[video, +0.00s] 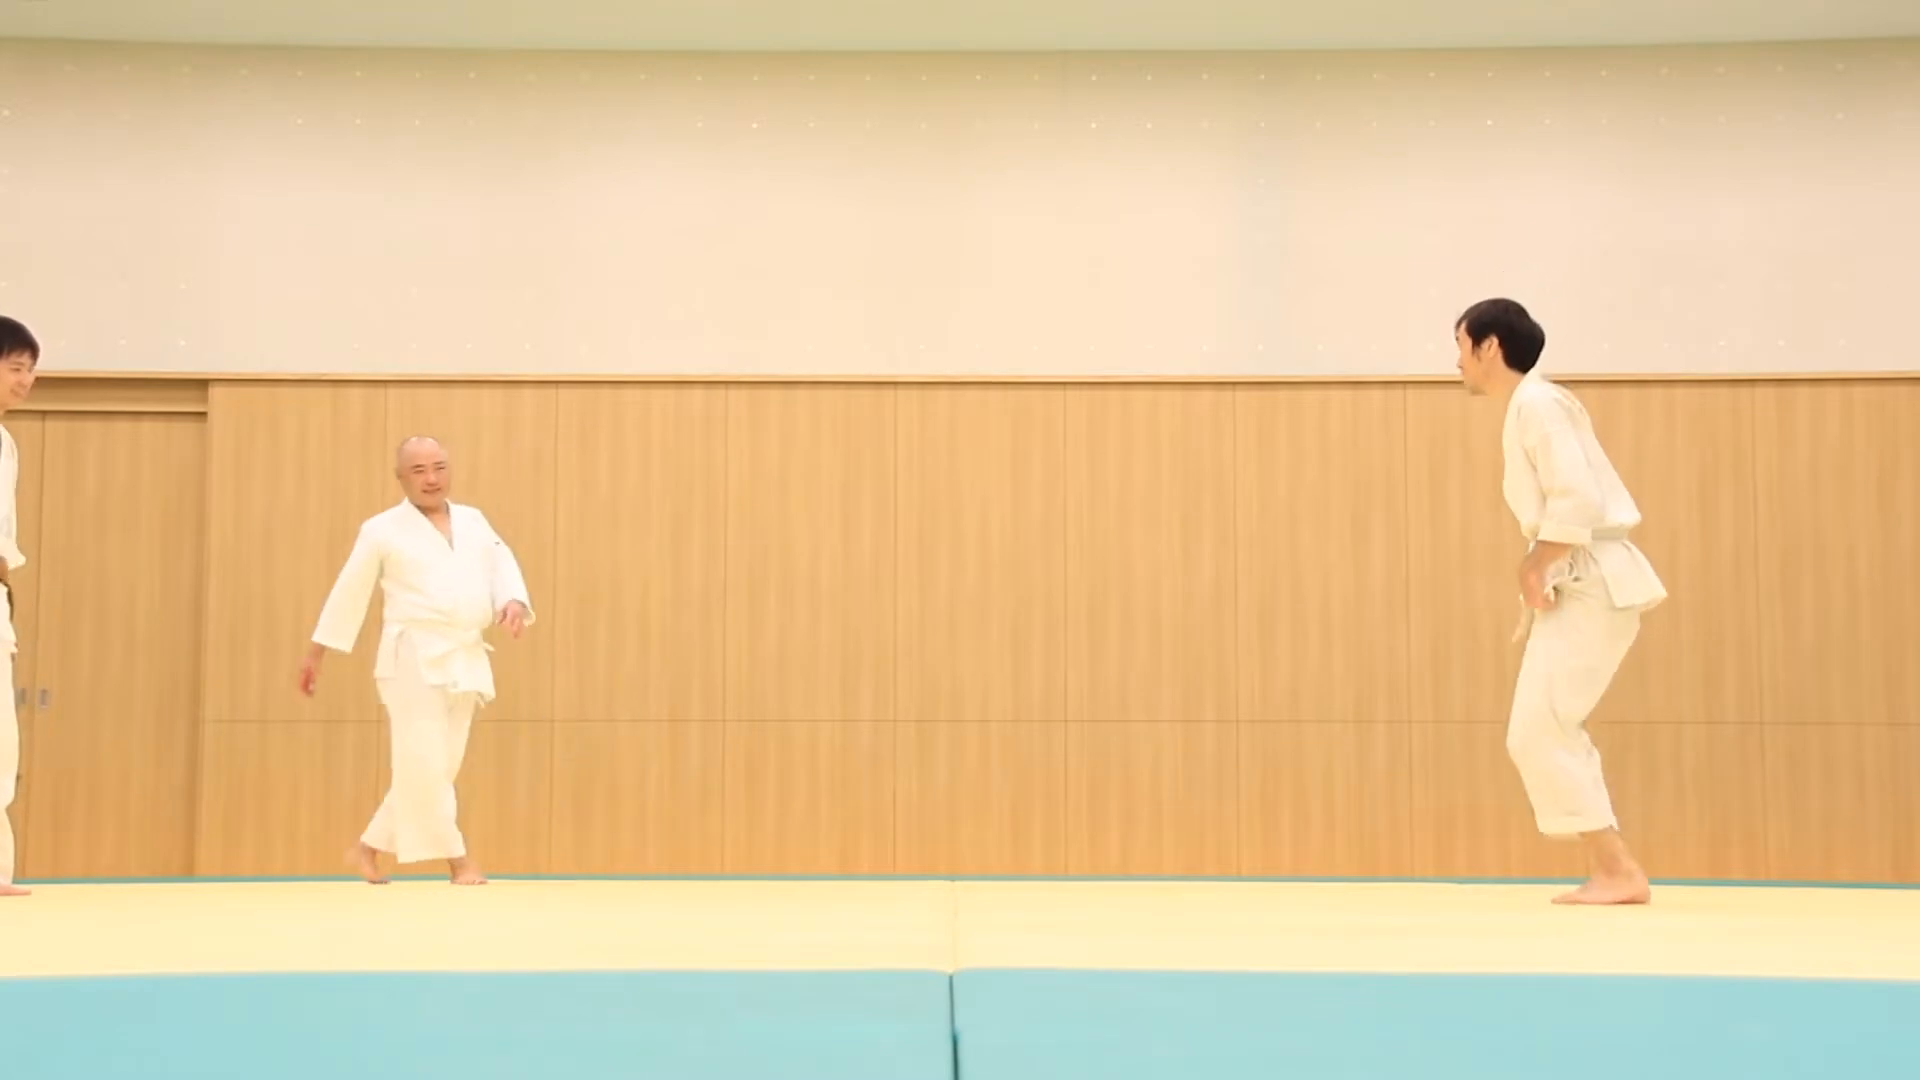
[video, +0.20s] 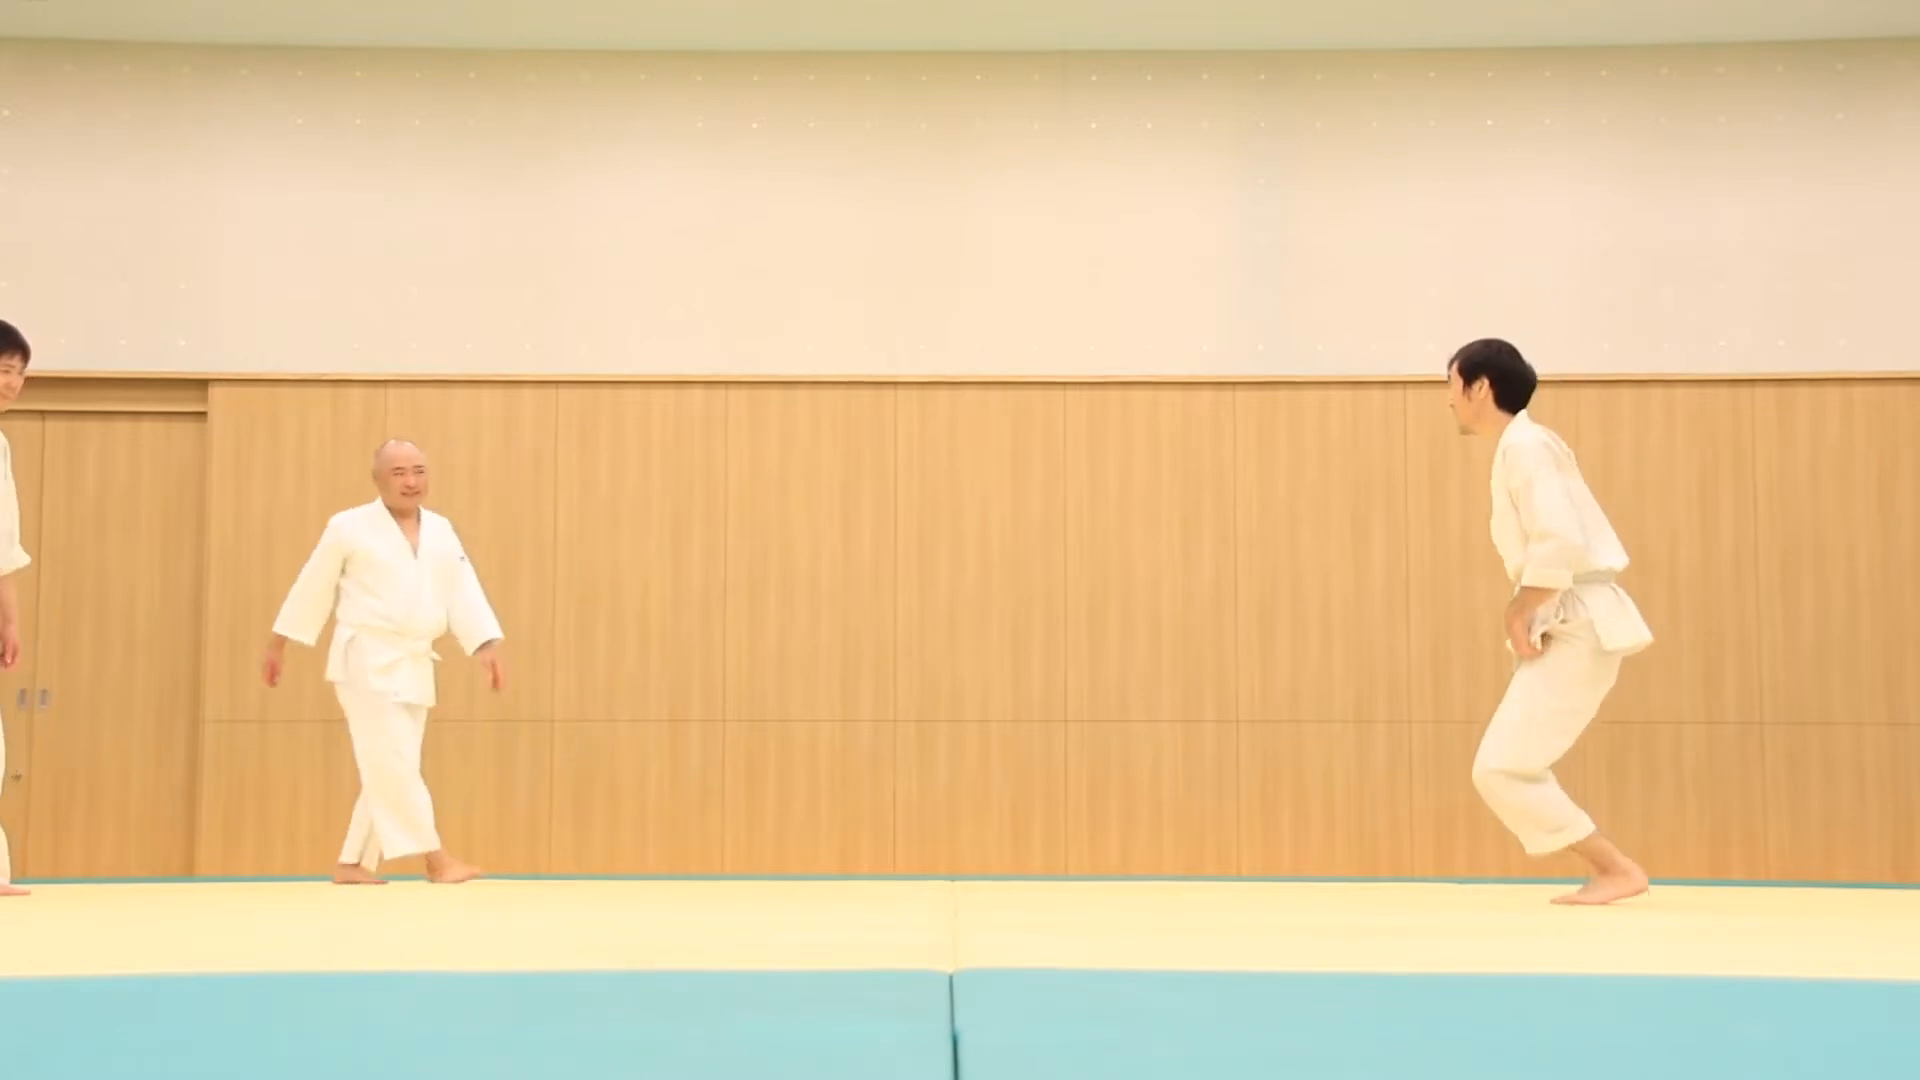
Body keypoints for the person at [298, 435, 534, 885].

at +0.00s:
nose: (431, 478)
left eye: (439, 468)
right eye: (419, 470)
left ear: (450, 471)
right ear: (401, 477)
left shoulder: (473, 522)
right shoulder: (383, 530)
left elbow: (502, 562)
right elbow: (348, 593)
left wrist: (513, 599)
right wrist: (315, 652)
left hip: (465, 657)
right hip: (410, 658)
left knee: (444, 760)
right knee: (425, 758)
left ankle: (371, 844)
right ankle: (459, 861)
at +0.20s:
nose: (410, 480)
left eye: (418, 471)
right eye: (398, 472)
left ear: (428, 476)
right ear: (378, 480)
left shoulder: (439, 530)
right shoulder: (349, 526)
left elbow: (463, 588)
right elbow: (312, 586)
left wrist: (486, 645)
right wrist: (277, 644)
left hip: (416, 658)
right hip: (364, 657)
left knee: (398, 758)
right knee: (393, 755)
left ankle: (352, 863)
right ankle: (436, 859)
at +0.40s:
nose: (384, 471)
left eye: (391, 462)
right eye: (373, 463)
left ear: (402, 467)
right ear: (352, 471)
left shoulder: (413, 522)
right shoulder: (323, 516)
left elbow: (425, 592)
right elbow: (277, 568)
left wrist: (421, 652)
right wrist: (231, 620)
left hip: (384, 655)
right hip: (330, 651)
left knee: (375, 758)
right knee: (329, 751)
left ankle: (362, 858)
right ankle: (333, 855)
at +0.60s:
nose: (348, 470)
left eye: (356, 461)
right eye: (336, 463)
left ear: (367, 466)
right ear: (317, 470)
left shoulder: (380, 520)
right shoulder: (290, 515)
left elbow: (393, 587)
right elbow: (252, 571)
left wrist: (387, 644)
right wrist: (219, 620)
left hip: (358, 655)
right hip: (299, 652)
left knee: (353, 762)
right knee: (261, 748)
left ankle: (350, 862)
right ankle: (227, 854)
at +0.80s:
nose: (291, 471)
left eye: (301, 461)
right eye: (281, 463)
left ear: (315, 467)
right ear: (266, 469)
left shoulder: (336, 523)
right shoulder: (238, 520)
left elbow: (358, 589)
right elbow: (215, 582)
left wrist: (371, 653)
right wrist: (204, 636)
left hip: (313, 659)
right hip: (250, 658)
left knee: (329, 763)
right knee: (224, 757)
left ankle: (345, 863)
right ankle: (208, 865)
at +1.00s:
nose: (231, 472)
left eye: (241, 463)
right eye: (221, 464)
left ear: (262, 468)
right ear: (211, 471)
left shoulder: (291, 521)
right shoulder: (191, 525)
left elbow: (319, 578)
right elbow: (167, 592)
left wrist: (338, 629)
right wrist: (154, 657)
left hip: (262, 662)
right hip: (199, 661)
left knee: (293, 761)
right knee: (192, 765)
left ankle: (313, 858)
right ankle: (204, 866)